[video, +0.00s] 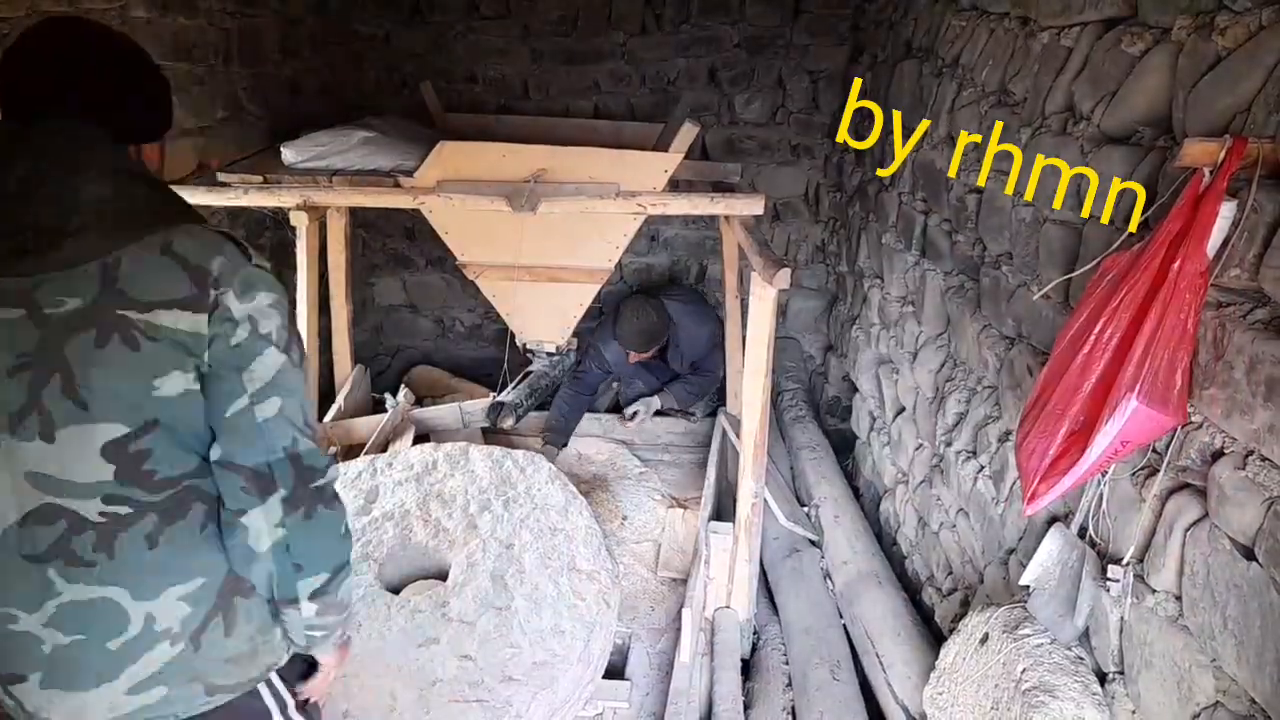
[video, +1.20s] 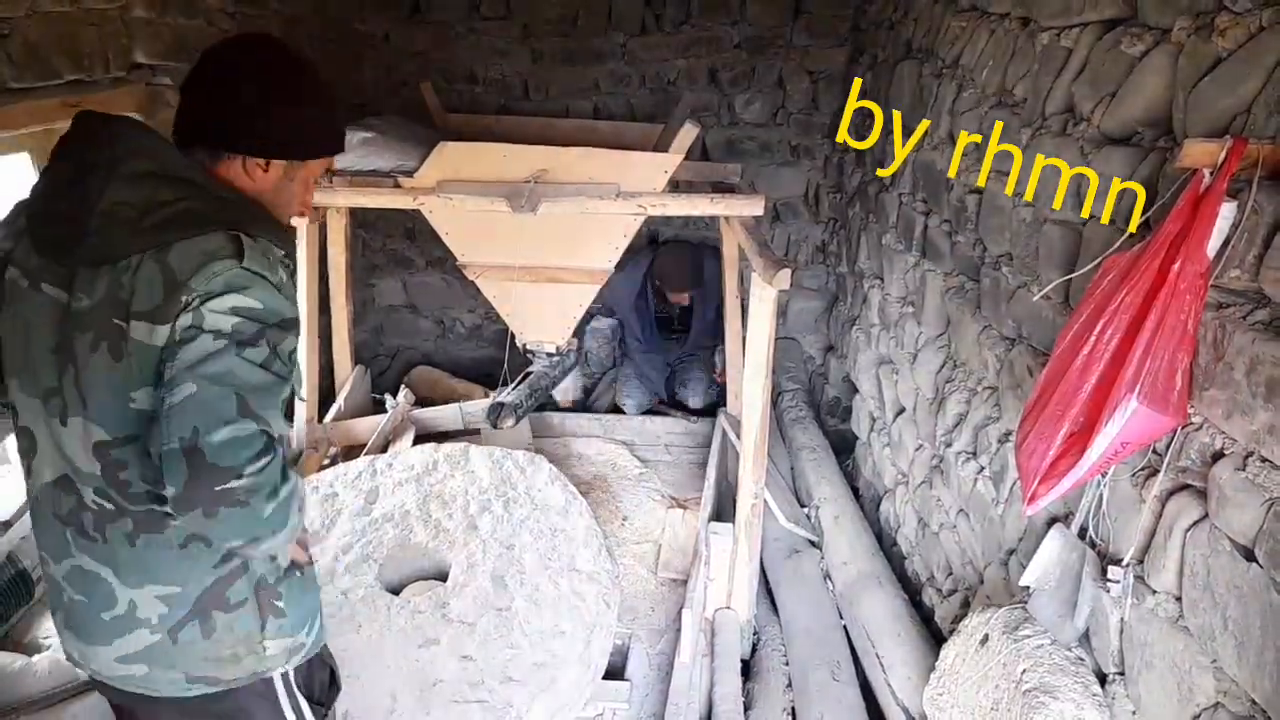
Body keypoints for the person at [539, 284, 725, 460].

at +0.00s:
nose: (631, 359)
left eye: (640, 354)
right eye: (627, 351)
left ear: (659, 344)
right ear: (619, 337)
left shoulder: (701, 336)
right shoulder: (604, 348)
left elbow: (707, 376)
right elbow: (576, 390)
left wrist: (658, 401)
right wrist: (551, 445)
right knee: (635, 395)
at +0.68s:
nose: (634, 361)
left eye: (643, 356)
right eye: (628, 353)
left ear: (662, 345)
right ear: (621, 341)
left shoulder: (702, 341)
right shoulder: (606, 354)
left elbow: (710, 378)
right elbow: (579, 400)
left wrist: (658, 399)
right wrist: (556, 455)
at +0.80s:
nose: (636, 360)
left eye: (644, 354)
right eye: (630, 352)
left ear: (662, 345)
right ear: (622, 339)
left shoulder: (703, 339)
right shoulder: (608, 352)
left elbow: (710, 379)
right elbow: (576, 394)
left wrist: (658, 398)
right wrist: (557, 443)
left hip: (687, 369)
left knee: (698, 407)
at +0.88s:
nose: (643, 352)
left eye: (653, 345)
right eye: (639, 343)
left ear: (672, 337)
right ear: (631, 331)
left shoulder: (708, 335)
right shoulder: (616, 342)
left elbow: (711, 379)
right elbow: (589, 387)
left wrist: (662, 394)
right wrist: (566, 442)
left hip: (689, 368)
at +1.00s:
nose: (643, 347)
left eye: (653, 341)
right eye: (639, 339)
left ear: (674, 333)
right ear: (632, 327)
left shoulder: (709, 333)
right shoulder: (617, 339)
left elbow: (714, 379)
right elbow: (584, 387)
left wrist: (664, 393)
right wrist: (563, 449)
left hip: (691, 368)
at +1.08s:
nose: (641, 353)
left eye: (649, 348)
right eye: (636, 346)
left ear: (667, 337)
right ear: (625, 328)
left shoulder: (703, 324)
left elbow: (714, 373)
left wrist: (662, 393)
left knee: (702, 406)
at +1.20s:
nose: (686, 302)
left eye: (690, 294)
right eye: (678, 295)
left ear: (697, 281)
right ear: (658, 285)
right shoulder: (628, 289)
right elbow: (638, 348)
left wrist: (725, 353)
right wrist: (657, 393)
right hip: (646, 349)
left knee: (697, 400)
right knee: (632, 405)